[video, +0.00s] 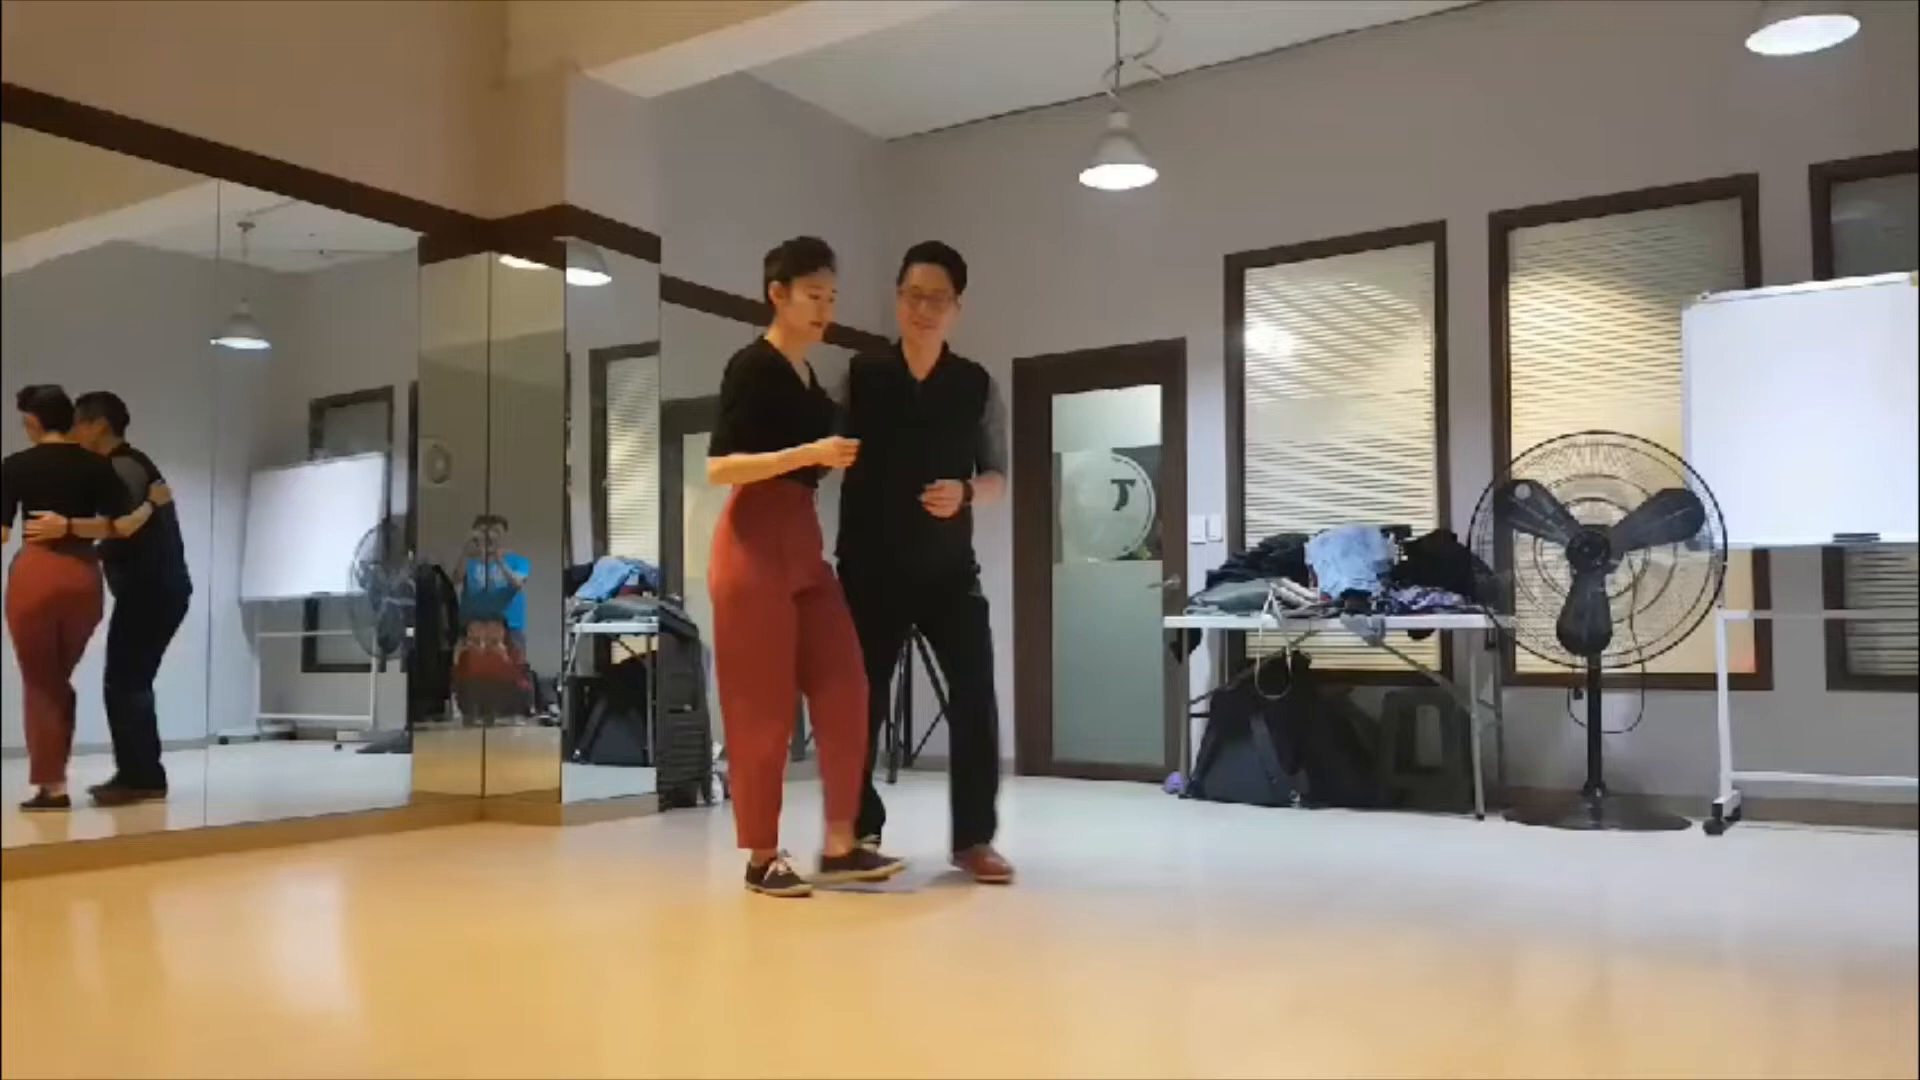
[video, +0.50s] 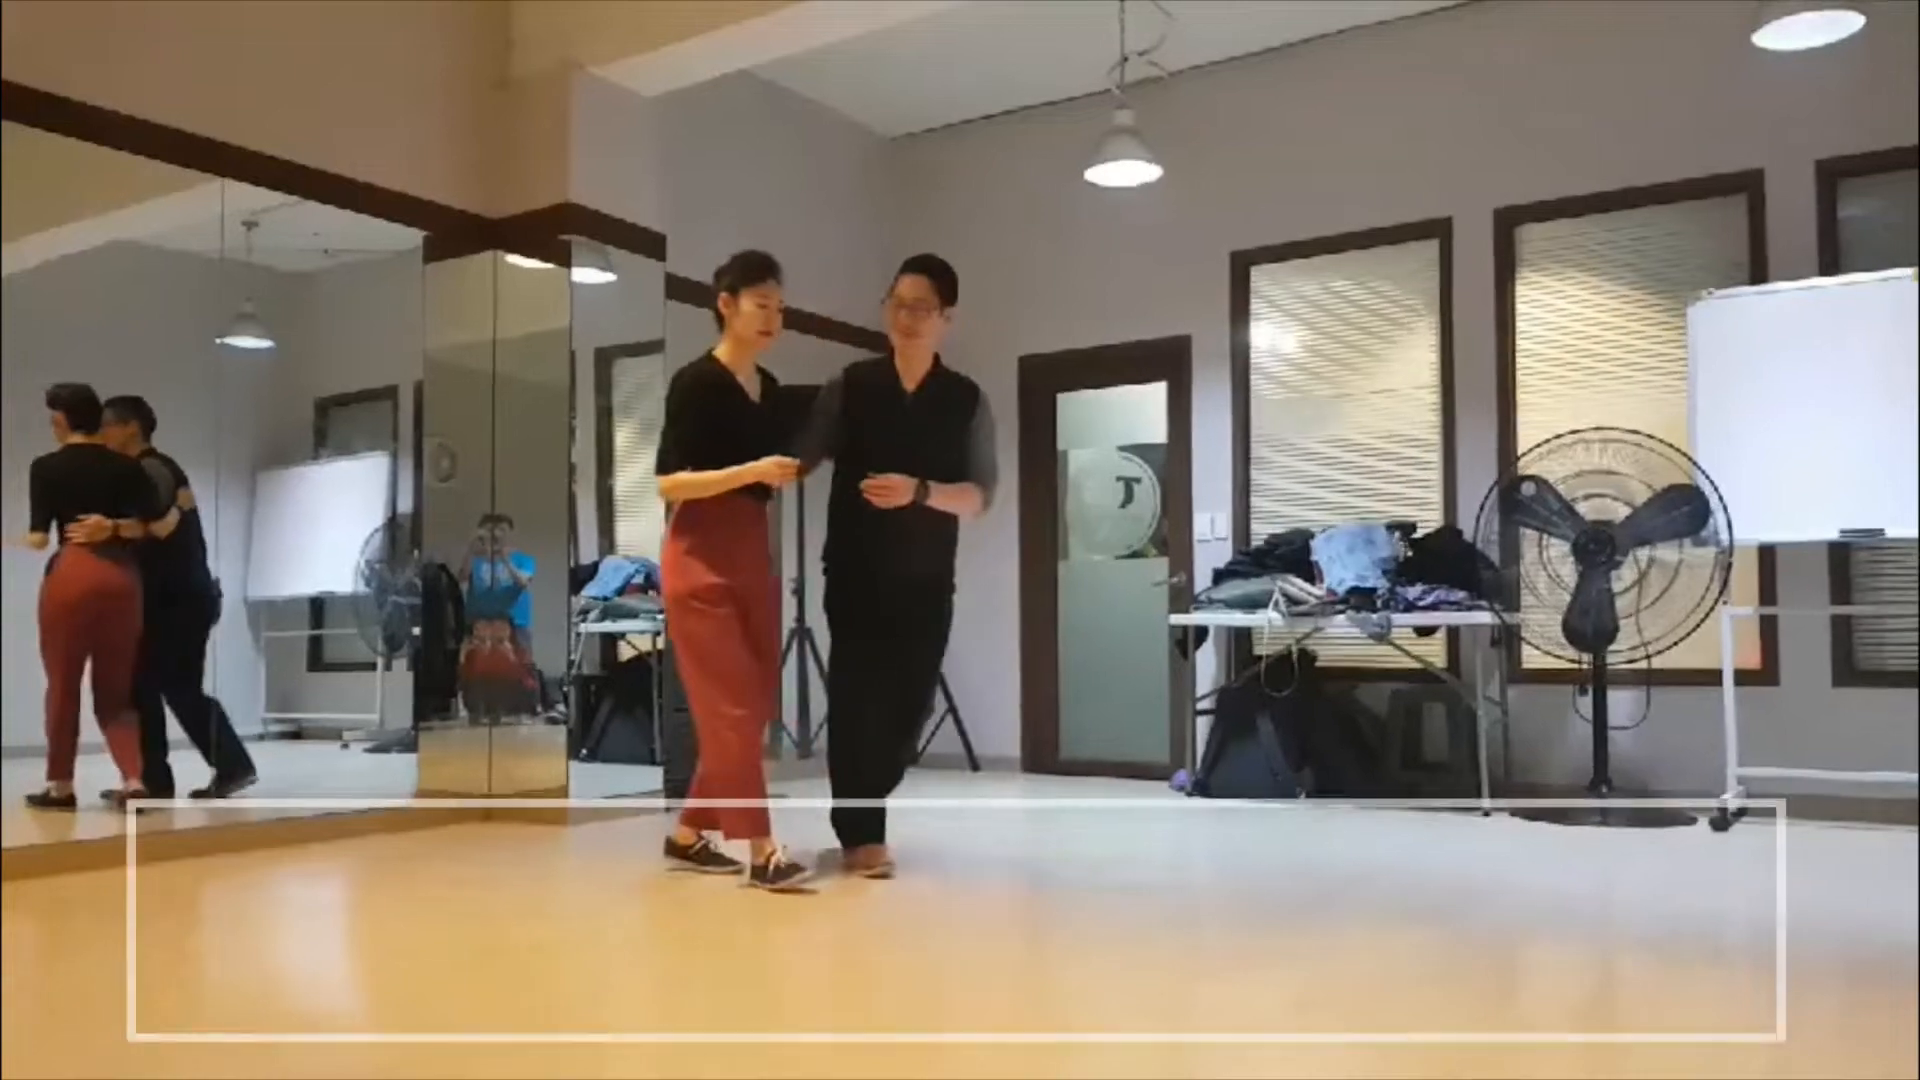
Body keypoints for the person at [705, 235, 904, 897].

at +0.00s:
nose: (825, 307)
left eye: (830, 295)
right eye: (813, 294)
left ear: (830, 301)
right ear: (778, 294)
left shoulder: (808, 377)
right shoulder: (751, 366)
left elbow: (790, 463)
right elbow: (719, 467)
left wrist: (828, 458)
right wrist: (810, 452)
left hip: (802, 547)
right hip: (751, 548)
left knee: (845, 688)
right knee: (763, 700)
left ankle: (841, 845)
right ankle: (763, 856)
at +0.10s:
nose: (818, 309)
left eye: (824, 297)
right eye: (807, 295)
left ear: (826, 301)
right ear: (772, 295)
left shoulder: (803, 380)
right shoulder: (745, 366)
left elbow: (788, 468)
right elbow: (713, 465)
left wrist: (826, 458)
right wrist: (802, 454)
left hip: (796, 542)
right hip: (746, 545)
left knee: (839, 687)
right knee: (759, 694)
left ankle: (817, 840)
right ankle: (761, 858)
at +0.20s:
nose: (806, 310)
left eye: (813, 298)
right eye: (795, 296)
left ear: (815, 304)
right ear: (759, 297)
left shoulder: (797, 384)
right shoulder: (731, 370)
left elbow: (778, 471)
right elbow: (701, 470)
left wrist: (817, 465)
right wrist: (789, 456)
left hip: (786, 550)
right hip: (734, 553)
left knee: (824, 692)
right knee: (749, 701)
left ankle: (775, 824)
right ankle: (762, 856)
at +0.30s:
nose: (797, 313)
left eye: (802, 302)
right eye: (784, 300)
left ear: (803, 307)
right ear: (749, 300)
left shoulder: (786, 385)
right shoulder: (719, 375)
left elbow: (773, 477)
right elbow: (689, 476)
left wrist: (808, 468)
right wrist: (777, 463)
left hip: (777, 554)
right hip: (725, 554)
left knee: (804, 698)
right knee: (744, 700)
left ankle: (740, 815)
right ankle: (762, 851)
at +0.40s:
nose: (788, 316)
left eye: (792, 305)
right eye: (776, 303)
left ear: (791, 309)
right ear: (739, 302)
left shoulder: (776, 385)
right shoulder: (708, 378)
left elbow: (762, 478)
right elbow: (681, 480)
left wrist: (795, 469)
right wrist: (766, 466)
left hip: (767, 553)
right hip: (715, 553)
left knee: (787, 703)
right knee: (740, 701)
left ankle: (705, 813)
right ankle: (764, 853)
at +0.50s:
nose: (772, 317)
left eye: (778, 306)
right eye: (760, 304)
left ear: (781, 312)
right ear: (725, 305)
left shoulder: (768, 389)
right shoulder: (695, 382)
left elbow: (765, 466)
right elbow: (670, 483)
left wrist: (788, 468)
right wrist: (752, 470)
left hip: (750, 554)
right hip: (698, 554)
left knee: (751, 693)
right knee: (733, 695)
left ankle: (689, 832)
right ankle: (762, 849)